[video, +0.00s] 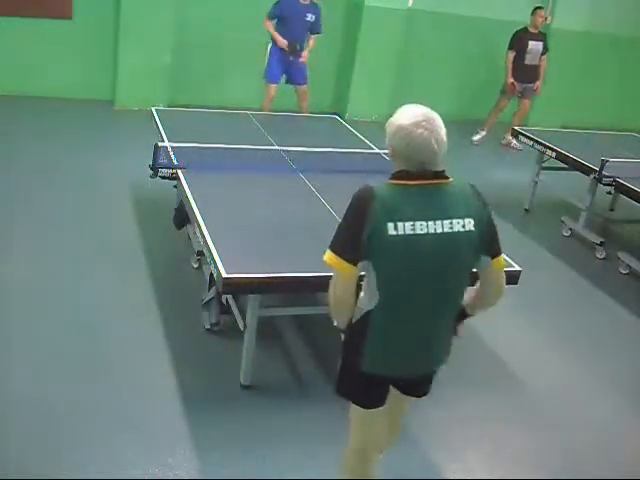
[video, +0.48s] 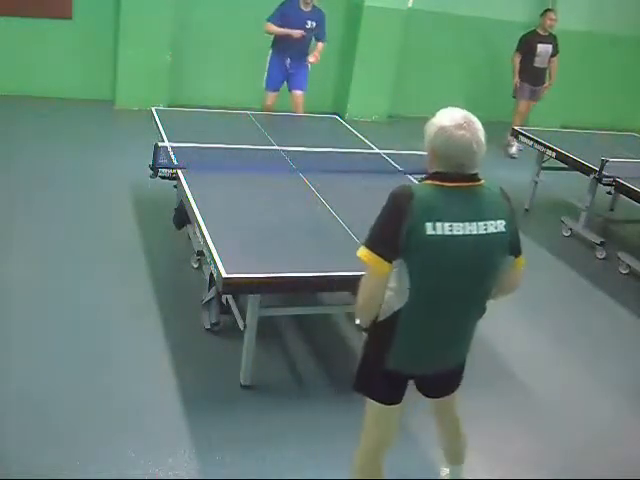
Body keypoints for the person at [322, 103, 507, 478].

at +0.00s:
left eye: (390, 144)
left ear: (392, 153)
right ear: (442, 150)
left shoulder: (371, 201)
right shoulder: (470, 199)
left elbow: (342, 287)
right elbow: (493, 289)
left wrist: (345, 325)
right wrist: (463, 309)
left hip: (376, 342)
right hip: (432, 342)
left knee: (364, 446)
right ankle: (379, 447)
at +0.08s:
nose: (389, 147)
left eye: (390, 143)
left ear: (395, 153)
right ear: (445, 150)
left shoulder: (373, 203)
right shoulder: (473, 201)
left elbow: (344, 282)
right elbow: (495, 288)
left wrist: (346, 326)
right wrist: (455, 302)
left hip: (378, 342)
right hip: (434, 341)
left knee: (364, 434)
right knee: (401, 410)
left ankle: (364, 470)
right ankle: (381, 462)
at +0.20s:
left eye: (400, 146)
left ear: (403, 155)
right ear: (454, 152)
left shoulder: (381, 204)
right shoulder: (480, 203)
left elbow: (350, 284)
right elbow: (498, 284)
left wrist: (350, 325)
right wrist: (454, 292)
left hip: (382, 343)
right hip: (438, 341)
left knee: (366, 439)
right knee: (417, 409)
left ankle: (361, 471)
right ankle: (414, 465)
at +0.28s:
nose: (403, 151)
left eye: (405, 146)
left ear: (409, 154)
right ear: (459, 153)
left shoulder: (386, 202)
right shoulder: (484, 202)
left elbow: (355, 281)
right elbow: (499, 282)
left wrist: (349, 323)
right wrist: (455, 289)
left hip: (385, 343)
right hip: (440, 341)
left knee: (369, 438)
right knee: (426, 404)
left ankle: (362, 471)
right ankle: (428, 468)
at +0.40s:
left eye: (420, 145)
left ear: (423, 154)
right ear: (473, 154)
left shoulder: (400, 200)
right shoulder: (492, 202)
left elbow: (367, 277)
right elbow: (503, 282)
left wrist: (359, 322)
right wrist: (464, 293)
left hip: (392, 340)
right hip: (448, 338)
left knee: (371, 441)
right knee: (442, 413)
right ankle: (449, 473)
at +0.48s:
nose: (423, 148)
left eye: (427, 143)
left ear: (430, 153)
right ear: (479, 155)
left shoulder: (408, 199)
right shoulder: (498, 202)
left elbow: (375, 277)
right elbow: (511, 278)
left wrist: (363, 321)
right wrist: (471, 294)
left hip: (398, 338)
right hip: (454, 336)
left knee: (375, 440)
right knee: (449, 414)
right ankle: (454, 473)